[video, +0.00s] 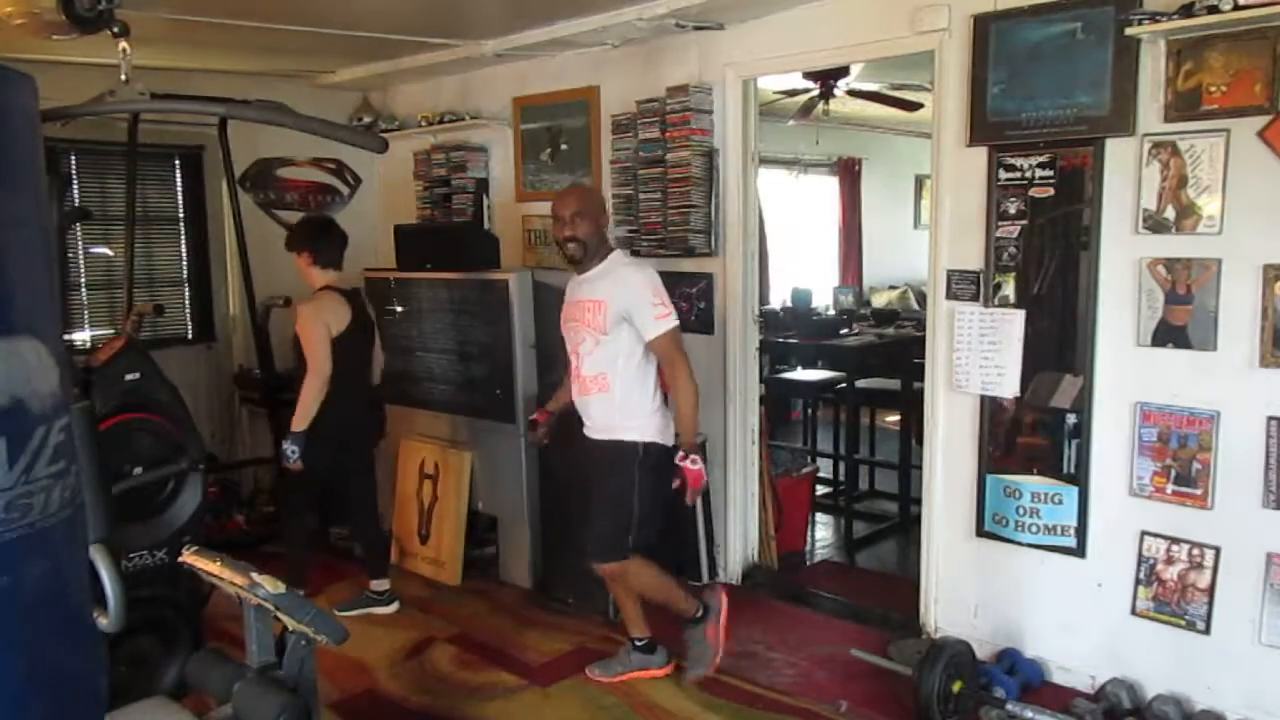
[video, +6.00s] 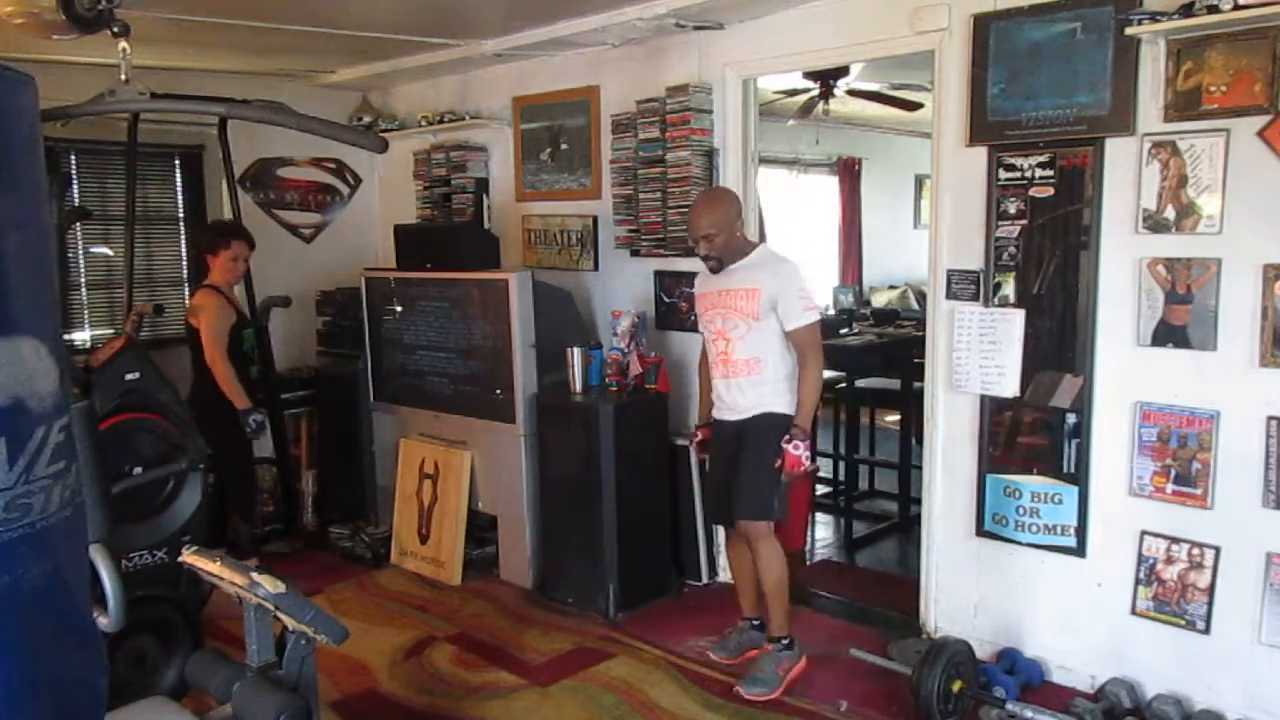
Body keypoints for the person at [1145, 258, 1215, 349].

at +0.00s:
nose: (1180, 273)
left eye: (1184, 269)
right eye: (1177, 269)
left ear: (1188, 272)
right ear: (1172, 272)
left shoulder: (1191, 287)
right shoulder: (1168, 286)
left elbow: (1213, 269)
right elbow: (1151, 266)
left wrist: (1196, 263)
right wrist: (1166, 261)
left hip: (1182, 329)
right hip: (1165, 327)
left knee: (1189, 357)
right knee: (1155, 355)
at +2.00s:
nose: (1180, 273)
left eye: (1183, 270)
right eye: (1176, 270)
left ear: (1188, 273)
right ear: (1172, 273)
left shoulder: (1191, 287)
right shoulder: (1168, 286)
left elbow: (1213, 268)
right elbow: (1150, 265)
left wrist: (1197, 262)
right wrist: (1166, 261)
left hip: (1181, 329)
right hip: (1164, 327)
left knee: (1189, 358)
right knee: (1155, 356)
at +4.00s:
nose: (1180, 272)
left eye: (1183, 269)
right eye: (1177, 269)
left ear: (1188, 273)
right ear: (1174, 272)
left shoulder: (1192, 287)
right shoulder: (1168, 286)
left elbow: (1212, 268)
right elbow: (1151, 266)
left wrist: (1195, 263)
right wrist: (1166, 261)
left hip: (1182, 329)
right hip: (1165, 327)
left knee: (1190, 357)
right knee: (1155, 355)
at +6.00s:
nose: (1179, 273)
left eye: (1182, 270)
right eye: (1176, 270)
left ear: (1188, 273)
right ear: (1172, 272)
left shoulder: (1191, 288)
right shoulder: (1168, 286)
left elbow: (1213, 268)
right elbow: (1151, 266)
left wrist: (1195, 262)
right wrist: (1166, 262)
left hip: (1181, 329)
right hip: (1165, 328)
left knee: (1190, 357)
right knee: (1154, 356)